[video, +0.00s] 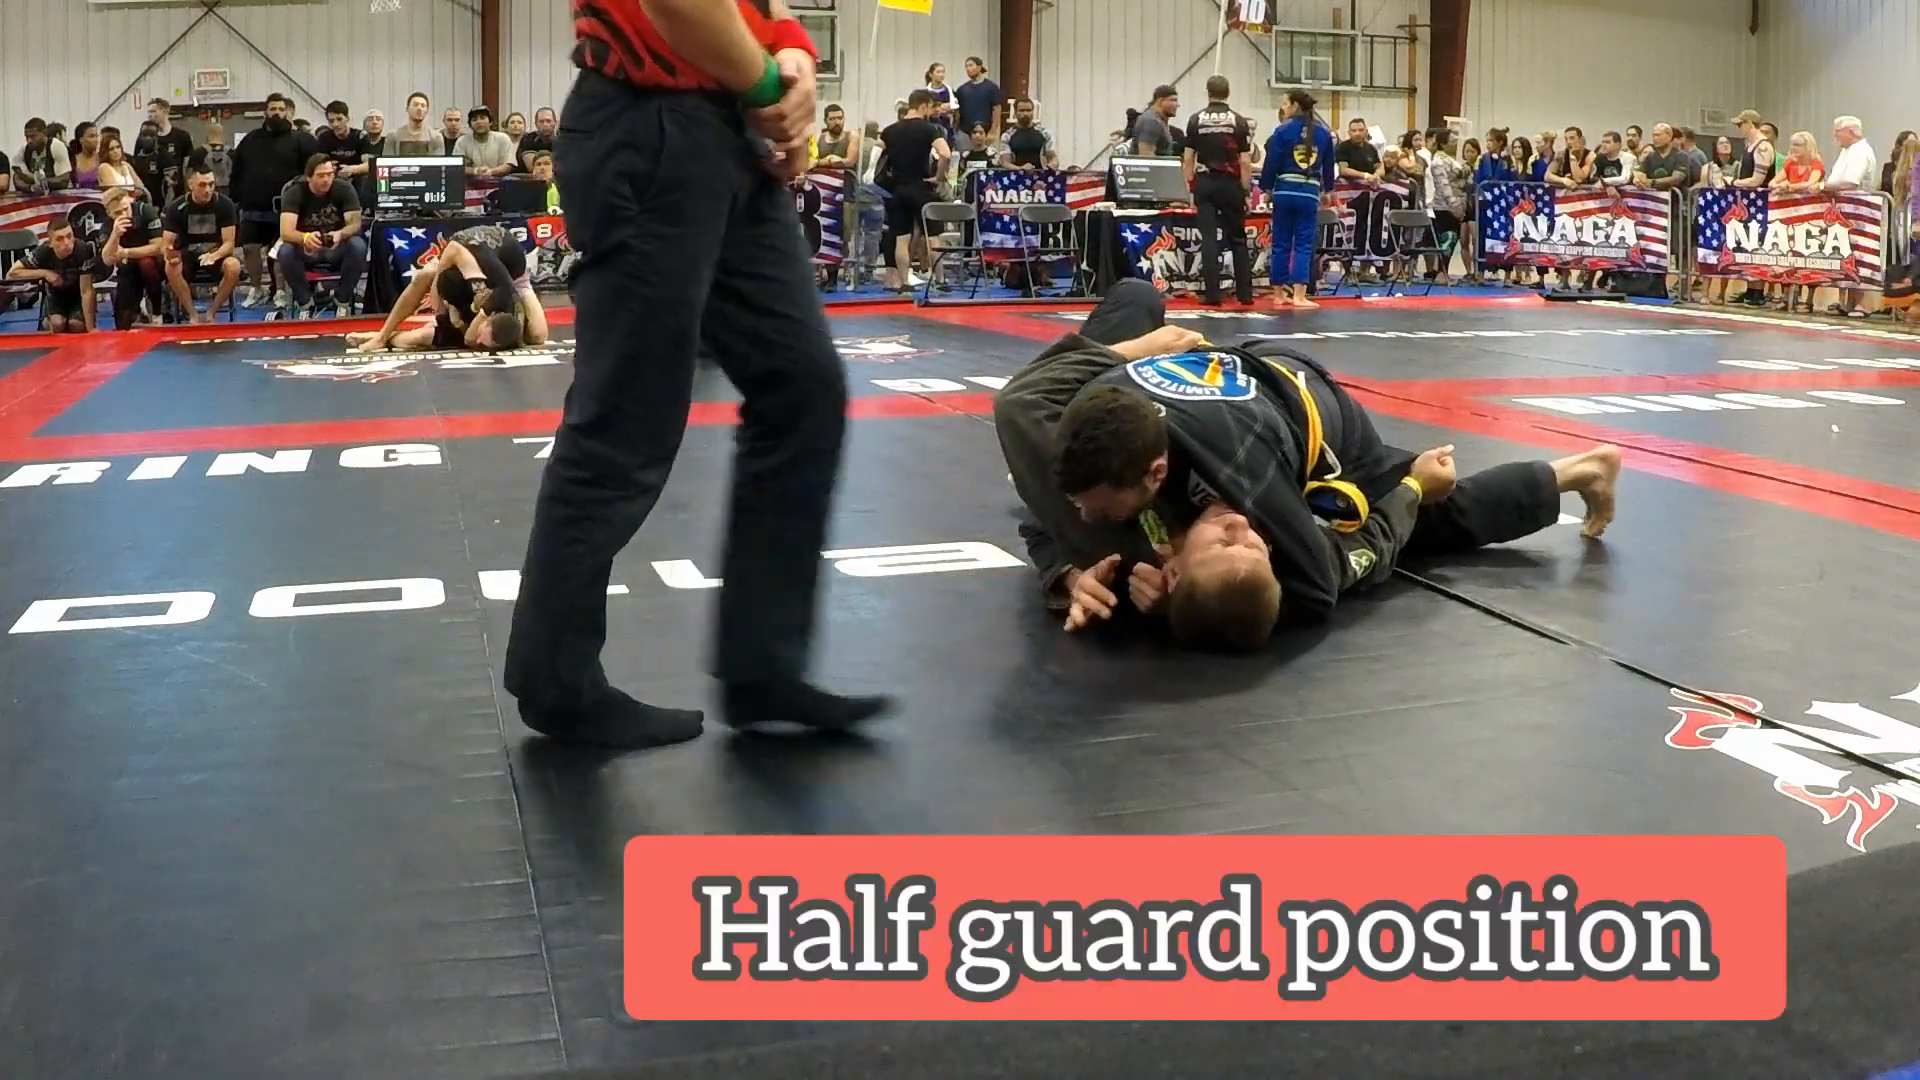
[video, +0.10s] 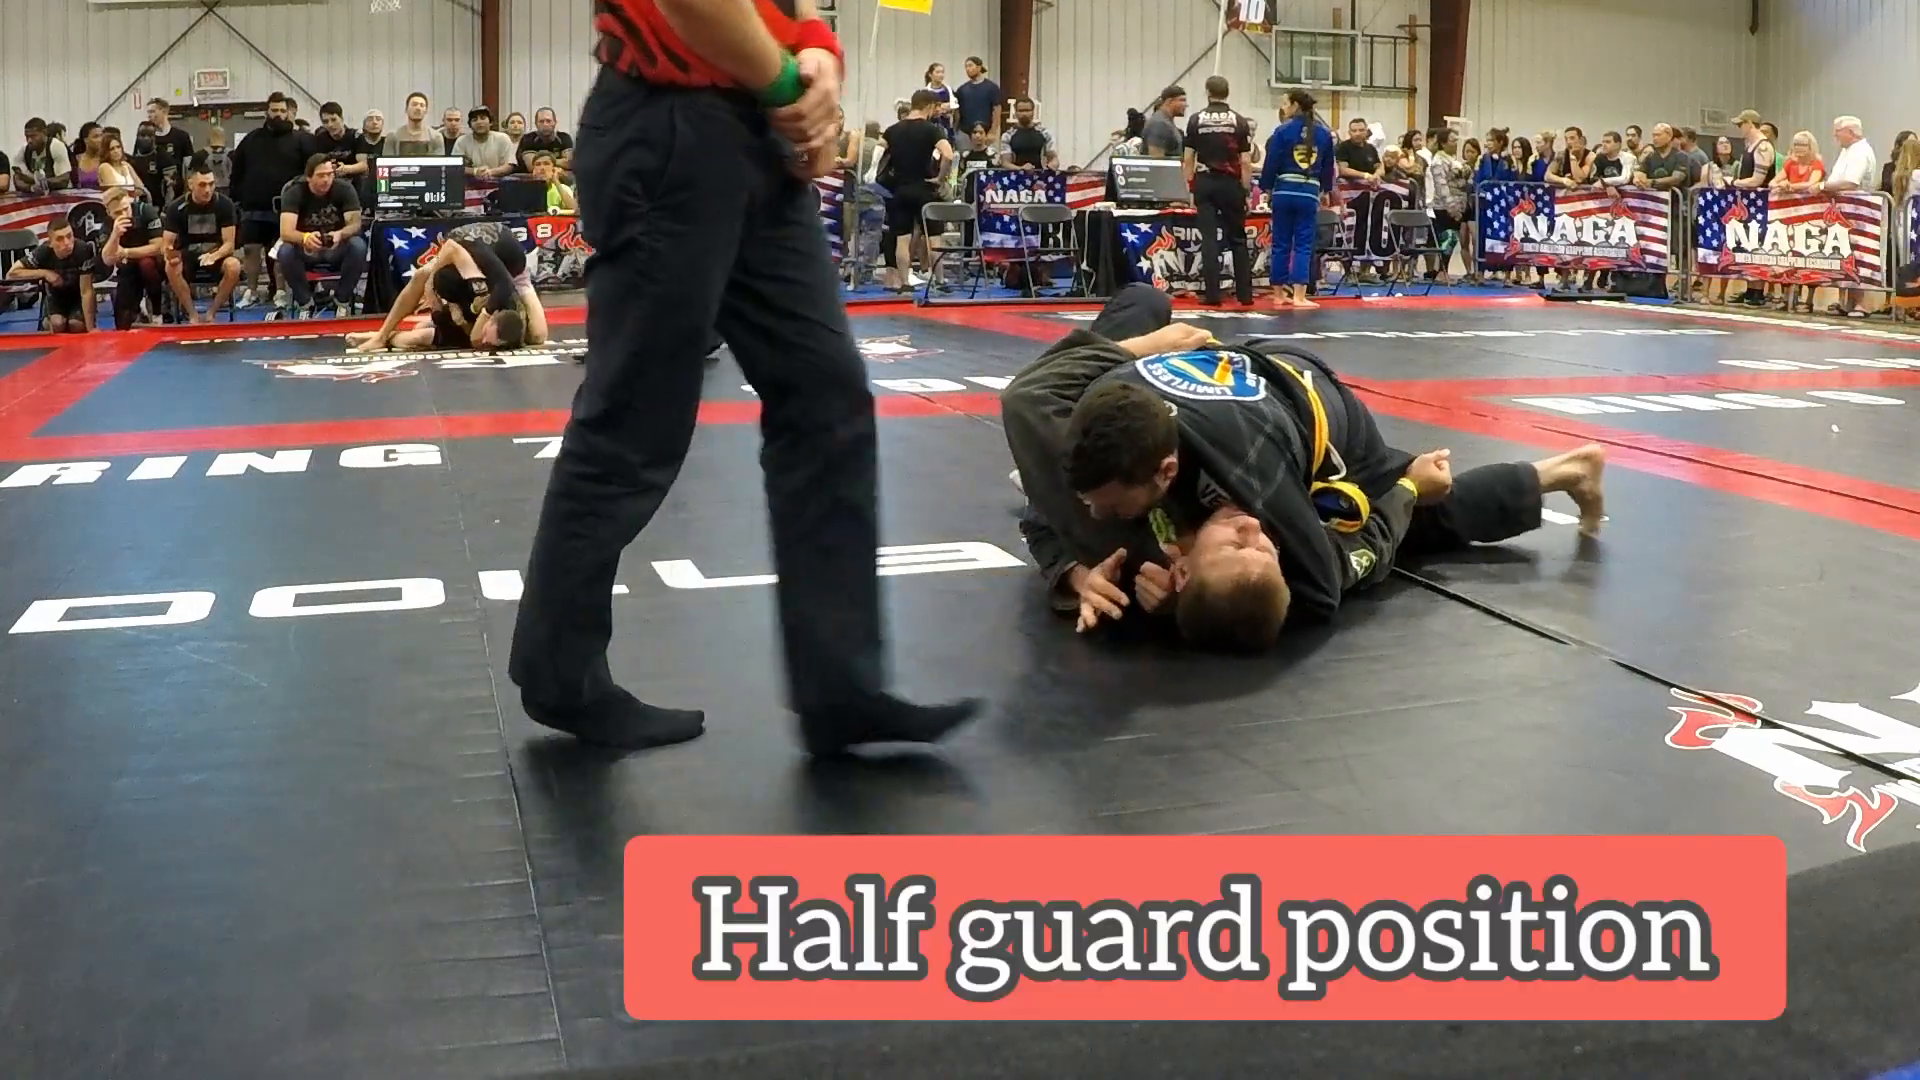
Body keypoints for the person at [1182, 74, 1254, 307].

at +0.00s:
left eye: (1211, 91)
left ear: (1208, 93)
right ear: (1228, 94)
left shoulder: (1195, 120)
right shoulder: (1239, 121)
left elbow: (1188, 159)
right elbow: (1245, 160)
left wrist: (1192, 185)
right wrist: (1245, 191)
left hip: (1203, 181)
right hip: (1230, 182)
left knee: (1208, 238)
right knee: (1238, 238)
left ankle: (1212, 294)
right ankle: (1245, 294)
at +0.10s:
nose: (1209, 96)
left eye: (1208, 92)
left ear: (1207, 94)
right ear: (1227, 94)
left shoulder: (1196, 119)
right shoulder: (1239, 121)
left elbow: (1188, 159)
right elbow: (1245, 161)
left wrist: (1192, 185)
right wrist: (1245, 190)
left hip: (1204, 181)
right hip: (1231, 182)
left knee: (1209, 238)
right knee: (1238, 238)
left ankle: (1212, 294)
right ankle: (1245, 294)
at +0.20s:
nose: (1204, 96)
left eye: (1205, 93)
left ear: (1207, 94)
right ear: (1227, 94)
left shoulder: (1196, 120)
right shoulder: (1240, 121)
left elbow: (1187, 158)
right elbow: (1245, 160)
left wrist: (1190, 184)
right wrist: (1245, 189)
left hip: (1204, 181)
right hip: (1231, 182)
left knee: (1209, 238)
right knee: (1238, 238)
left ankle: (1212, 294)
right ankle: (1245, 294)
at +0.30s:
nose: (1204, 97)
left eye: (1204, 93)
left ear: (1206, 94)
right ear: (1226, 94)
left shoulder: (1196, 120)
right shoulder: (1240, 121)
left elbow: (1187, 158)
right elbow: (1246, 160)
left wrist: (1189, 189)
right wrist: (1245, 191)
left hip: (1206, 180)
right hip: (1232, 182)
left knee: (1209, 239)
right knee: (1238, 238)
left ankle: (1212, 295)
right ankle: (1245, 294)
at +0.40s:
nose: (1204, 96)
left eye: (1204, 93)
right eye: (1206, 92)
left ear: (1207, 94)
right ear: (1226, 93)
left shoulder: (1196, 119)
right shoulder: (1240, 120)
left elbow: (1186, 157)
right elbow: (1246, 160)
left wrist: (1187, 190)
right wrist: (1246, 192)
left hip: (1205, 180)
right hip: (1232, 182)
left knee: (1209, 239)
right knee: (1238, 239)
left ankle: (1212, 295)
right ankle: (1245, 294)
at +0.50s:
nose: (1202, 96)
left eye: (1203, 93)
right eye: (1204, 93)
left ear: (1206, 94)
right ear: (1225, 93)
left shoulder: (1196, 118)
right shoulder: (1240, 120)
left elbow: (1186, 157)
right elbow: (1245, 160)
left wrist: (1185, 190)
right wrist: (1246, 192)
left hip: (1205, 180)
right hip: (1232, 181)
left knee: (1209, 239)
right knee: (1238, 238)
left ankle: (1213, 295)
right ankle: (1245, 294)